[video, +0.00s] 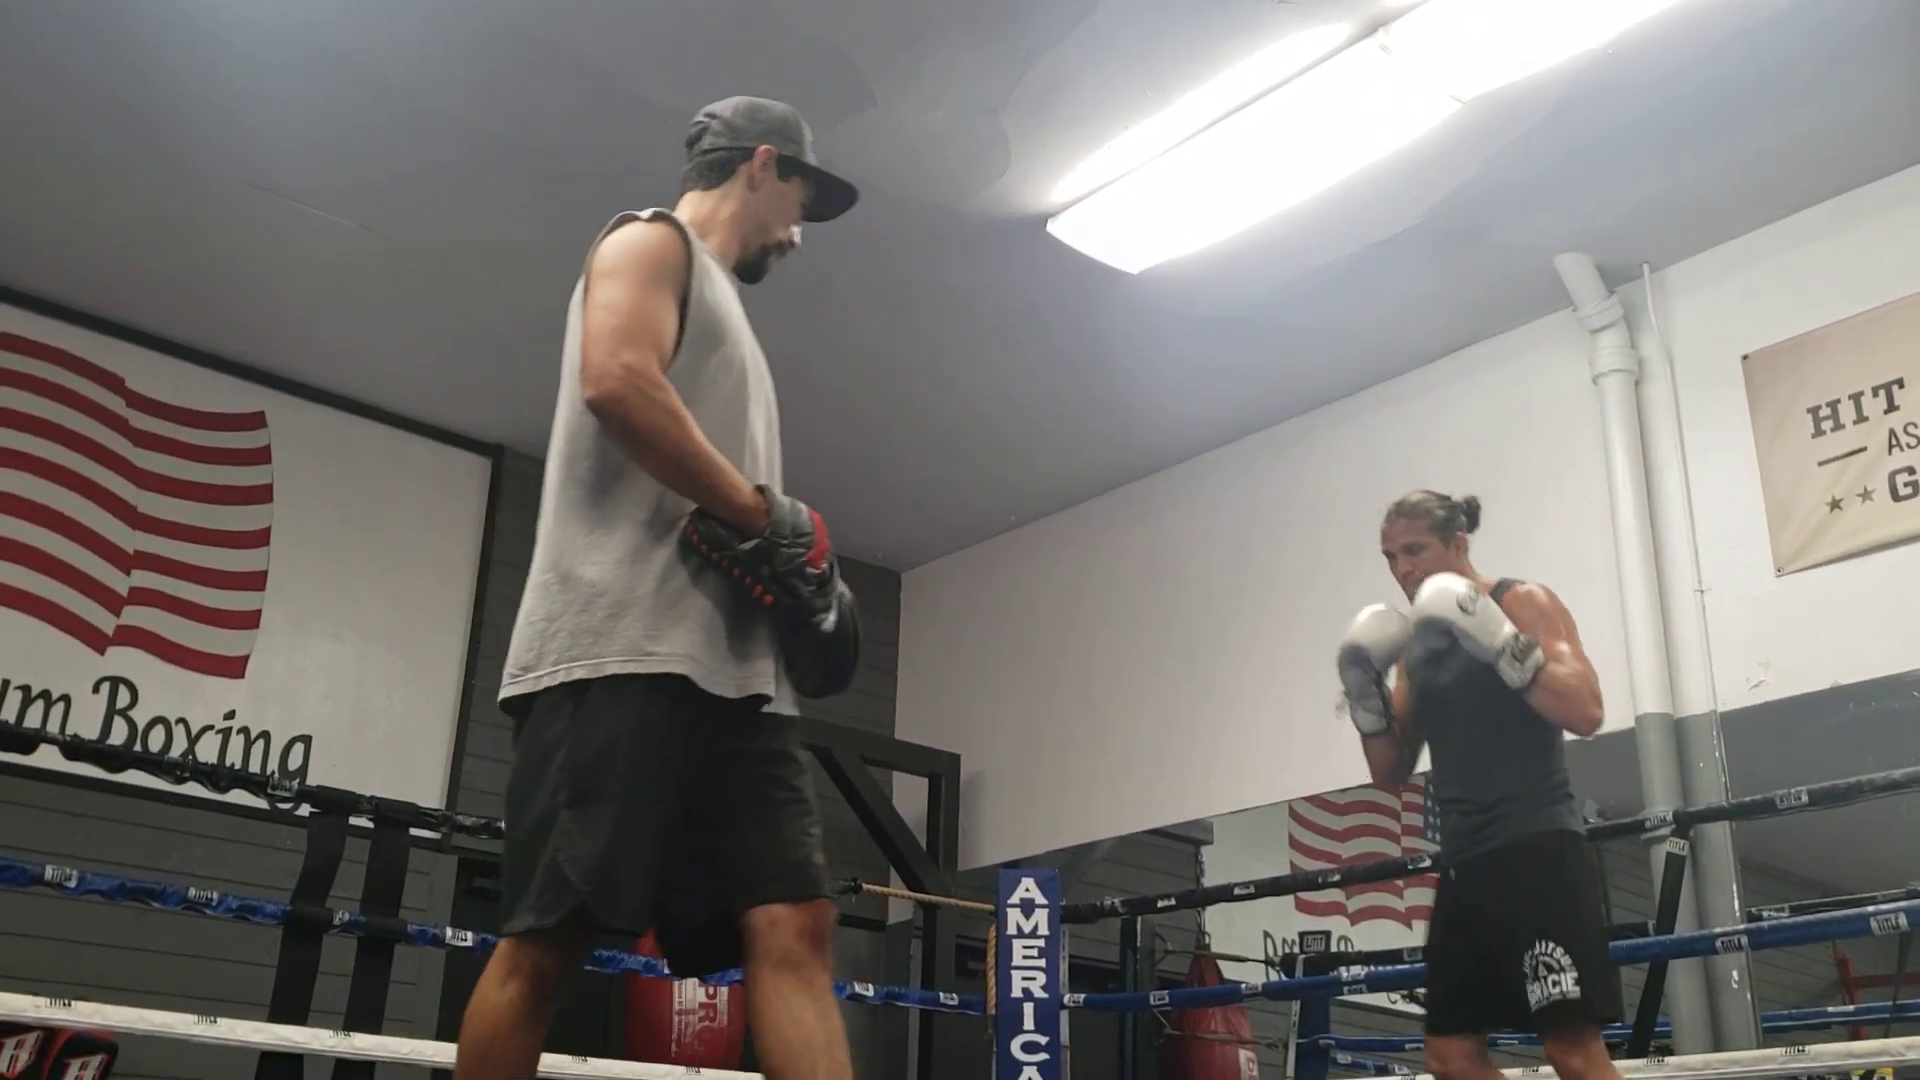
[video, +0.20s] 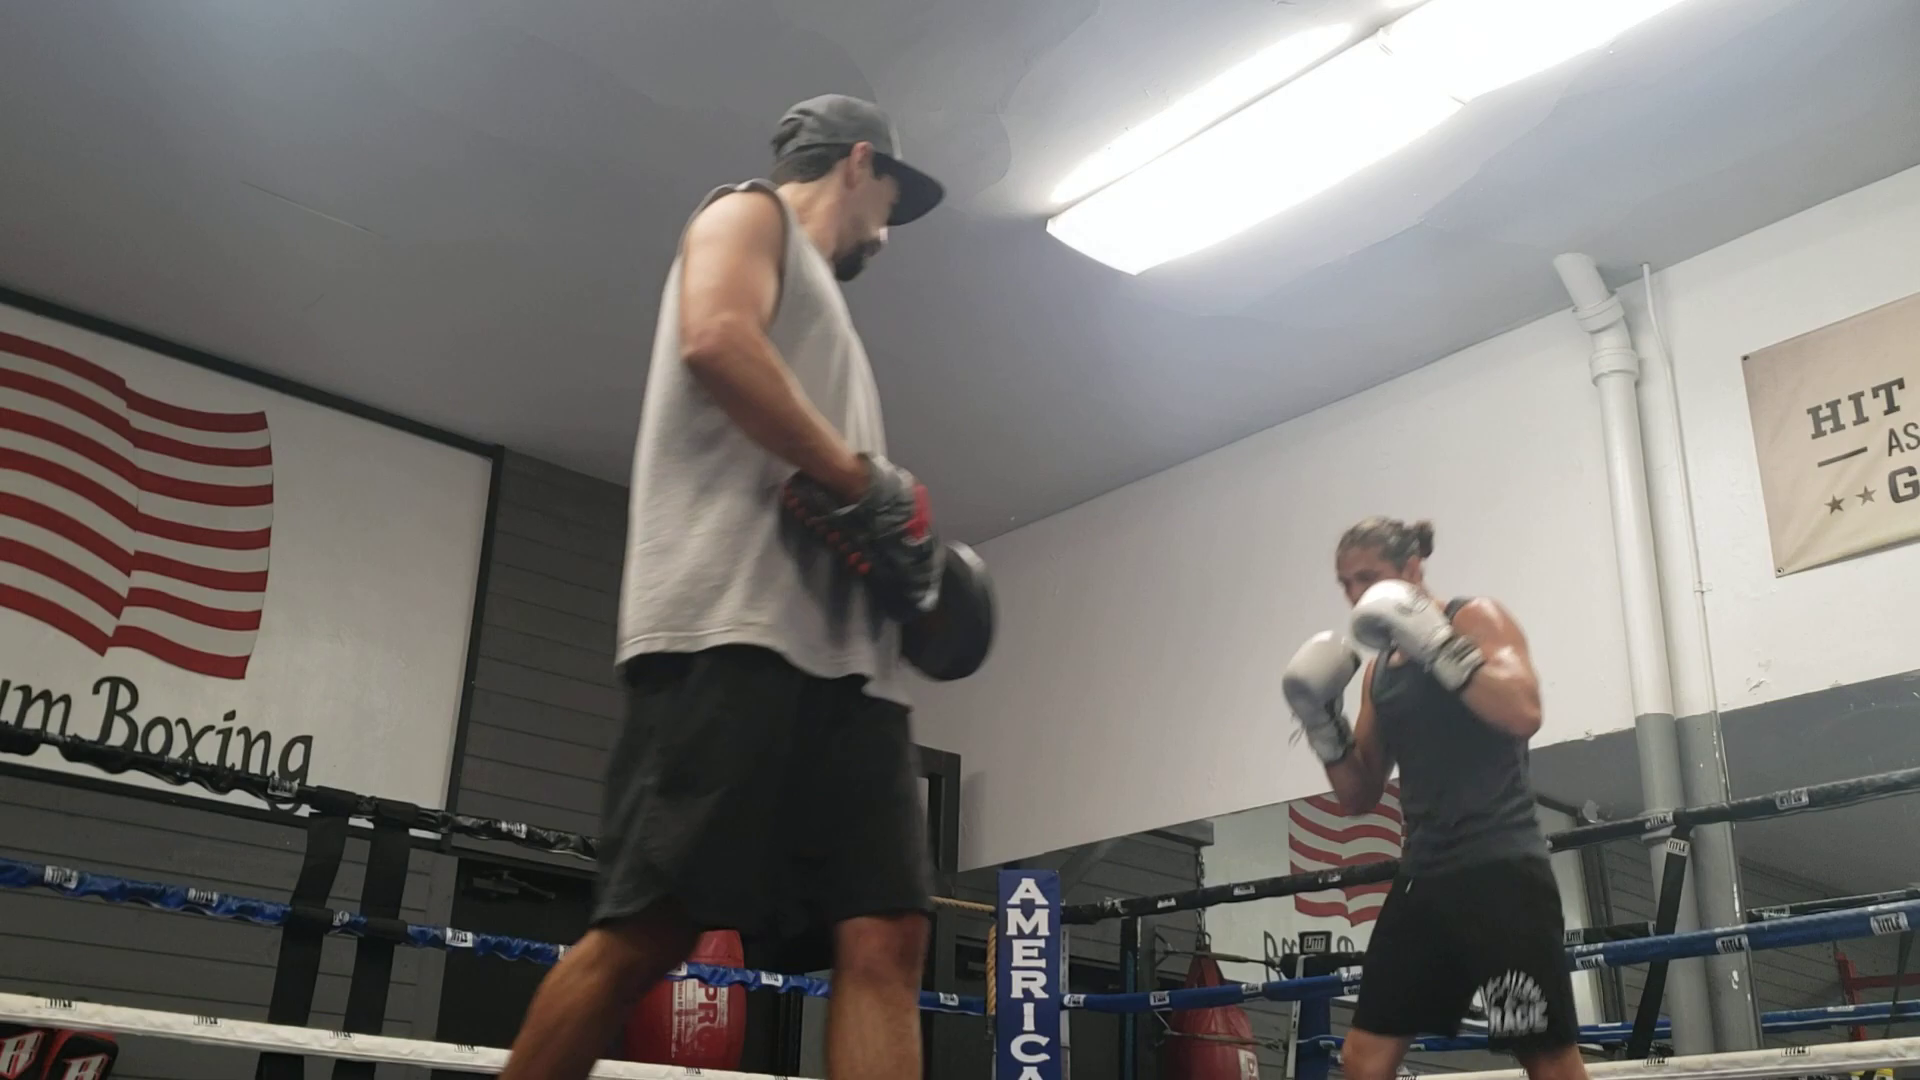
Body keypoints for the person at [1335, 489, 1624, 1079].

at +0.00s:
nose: (1404, 569)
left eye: (1416, 550)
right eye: (1392, 557)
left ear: (1460, 544)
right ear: (1387, 563)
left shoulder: (1523, 603)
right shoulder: (1415, 648)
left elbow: (1585, 710)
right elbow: (1391, 768)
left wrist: (1498, 642)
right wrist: (1364, 691)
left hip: (1541, 848)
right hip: (1464, 862)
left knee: (1574, 1050)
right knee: (1451, 1053)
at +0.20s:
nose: (1360, 599)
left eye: (1370, 580)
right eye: (1349, 587)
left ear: (1414, 570)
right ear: (1344, 588)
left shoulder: (1476, 617)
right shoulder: (1378, 667)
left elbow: (1523, 714)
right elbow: (1357, 795)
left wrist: (1434, 641)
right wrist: (1319, 717)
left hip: (1505, 870)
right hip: (1422, 881)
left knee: (1552, 1061)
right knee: (1365, 1059)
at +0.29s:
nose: (1323, 629)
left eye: (1334, 610)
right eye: (1315, 617)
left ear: (1381, 601)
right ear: (1311, 619)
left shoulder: (1445, 650)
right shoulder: (1355, 703)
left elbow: (1488, 746)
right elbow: (1345, 828)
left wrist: (1398, 677)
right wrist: (1303, 756)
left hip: (1481, 902)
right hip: (1401, 915)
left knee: (1547, 1071)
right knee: (1344, 1071)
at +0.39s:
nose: (1271, 639)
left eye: (1282, 622)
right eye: (1262, 628)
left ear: (1324, 611)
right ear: (1257, 630)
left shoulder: (1389, 660)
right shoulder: (1306, 711)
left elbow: (1444, 762)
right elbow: (1299, 835)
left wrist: (1355, 698)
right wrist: (1259, 768)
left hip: (1418, 904)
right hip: (1343, 915)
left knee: (1486, 1069)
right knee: (1294, 1069)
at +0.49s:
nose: (1215, 644)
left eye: (1226, 627)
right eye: (1206, 631)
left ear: (1269, 616)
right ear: (1202, 630)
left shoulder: (1336, 661)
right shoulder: (1244, 703)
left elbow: (1401, 770)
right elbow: (1228, 833)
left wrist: (1313, 704)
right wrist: (1198, 765)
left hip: (1354, 897)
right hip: (1279, 903)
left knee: (1398, 1068)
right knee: (1218, 1069)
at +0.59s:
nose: (1188, 631)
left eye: (1202, 615)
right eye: (1177, 618)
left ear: (1237, 610)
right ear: (1167, 618)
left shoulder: (1297, 656)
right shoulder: (1186, 697)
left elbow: (1366, 767)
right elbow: (1162, 820)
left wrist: (1293, 700)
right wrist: (1147, 742)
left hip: (1304, 875)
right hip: (1229, 888)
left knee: (1323, 1056)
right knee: (1193, 1068)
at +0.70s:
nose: (1175, 608)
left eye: (1188, 593)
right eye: (1162, 595)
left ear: (1217, 591)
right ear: (1149, 595)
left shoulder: (1269, 645)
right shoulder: (1145, 668)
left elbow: (1341, 753)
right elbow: (1112, 768)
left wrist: (1279, 675)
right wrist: (1135, 680)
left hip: (1264, 849)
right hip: (1175, 860)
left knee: (1258, 1035)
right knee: (1187, 1035)